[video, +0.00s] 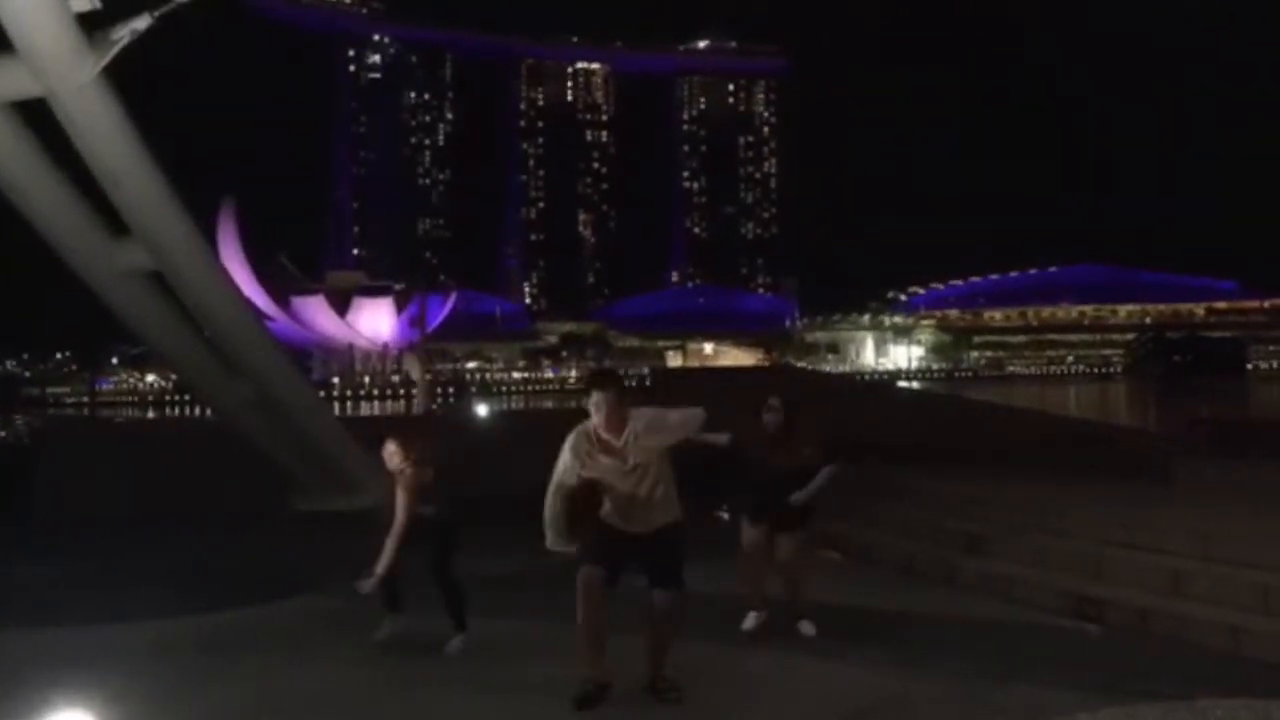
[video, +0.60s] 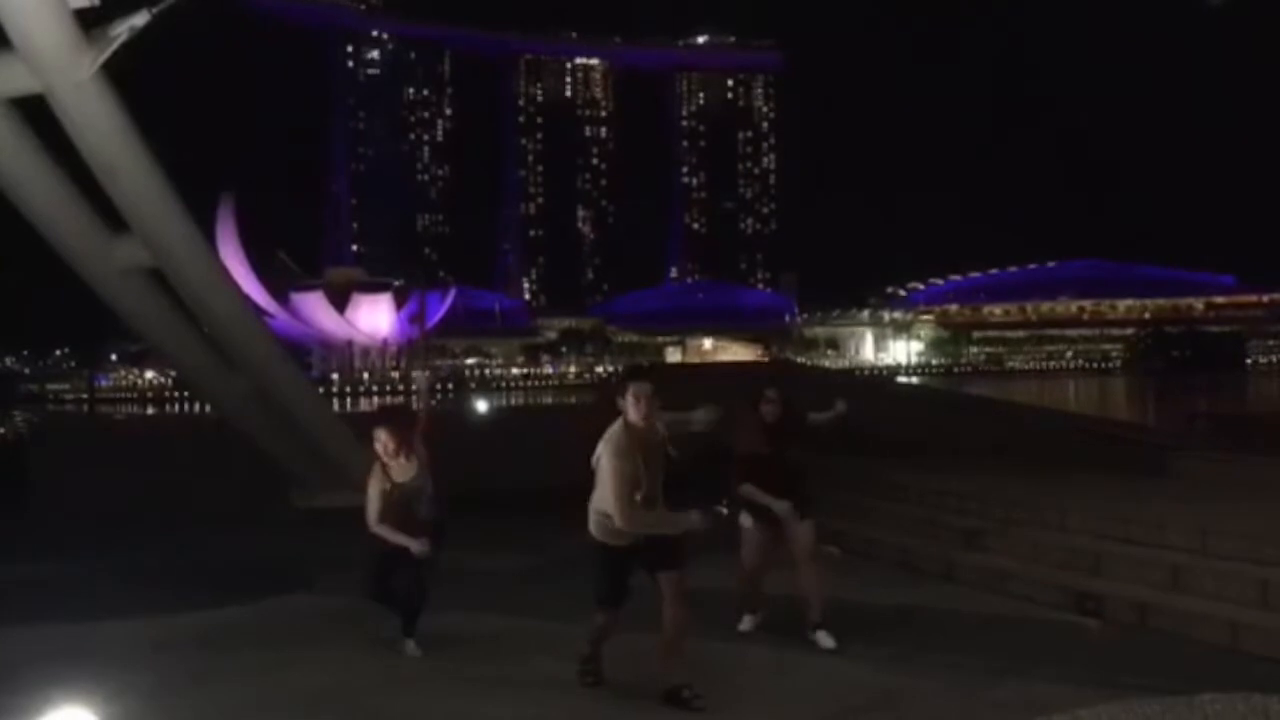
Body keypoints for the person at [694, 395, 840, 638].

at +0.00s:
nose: (769, 417)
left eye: (775, 412)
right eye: (767, 411)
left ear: (787, 416)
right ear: (760, 414)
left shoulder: (797, 445)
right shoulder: (750, 441)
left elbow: (827, 468)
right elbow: (722, 439)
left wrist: (807, 493)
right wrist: (690, 436)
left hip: (789, 508)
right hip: (755, 506)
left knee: (789, 560)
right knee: (751, 554)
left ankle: (799, 614)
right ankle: (756, 608)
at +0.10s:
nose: (767, 416)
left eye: (773, 411)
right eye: (764, 411)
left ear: (783, 415)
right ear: (757, 414)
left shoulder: (794, 445)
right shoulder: (750, 443)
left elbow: (824, 464)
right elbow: (727, 467)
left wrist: (822, 488)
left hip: (784, 513)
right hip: (750, 512)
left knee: (781, 566)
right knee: (749, 565)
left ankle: (801, 615)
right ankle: (758, 616)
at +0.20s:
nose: (764, 417)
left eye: (770, 411)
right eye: (761, 411)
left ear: (781, 415)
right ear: (756, 414)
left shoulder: (791, 444)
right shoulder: (747, 443)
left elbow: (822, 464)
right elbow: (732, 483)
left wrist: (825, 496)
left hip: (780, 511)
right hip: (746, 510)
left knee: (772, 564)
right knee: (743, 563)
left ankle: (799, 613)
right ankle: (758, 615)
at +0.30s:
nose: (762, 417)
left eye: (768, 412)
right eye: (761, 412)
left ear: (781, 417)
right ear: (755, 415)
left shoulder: (790, 445)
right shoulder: (746, 445)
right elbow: (730, 484)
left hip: (780, 514)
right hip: (746, 513)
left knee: (781, 564)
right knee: (748, 566)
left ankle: (793, 612)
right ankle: (758, 615)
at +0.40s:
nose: (765, 414)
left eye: (770, 409)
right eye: (761, 408)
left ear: (780, 412)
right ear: (753, 411)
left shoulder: (791, 433)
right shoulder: (745, 437)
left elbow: (822, 437)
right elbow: (737, 478)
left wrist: (852, 442)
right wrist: (774, 493)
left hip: (788, 503)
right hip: (751, 505)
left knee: (796, 560)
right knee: (748, 561)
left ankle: (798, 615)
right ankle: (756, 614)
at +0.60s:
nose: (769, 408)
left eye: (774, 403)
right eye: (765, 403)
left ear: (783, 406)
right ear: (758, 406)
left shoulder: (792, 425)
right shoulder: (750, 434)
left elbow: (813, 419)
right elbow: (741, 484)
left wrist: (834, 413)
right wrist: (773, 503)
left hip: (794, 501)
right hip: (757, 504)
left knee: (806, 560)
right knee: (750, 563)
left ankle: (816, 624)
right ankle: (751, 611)